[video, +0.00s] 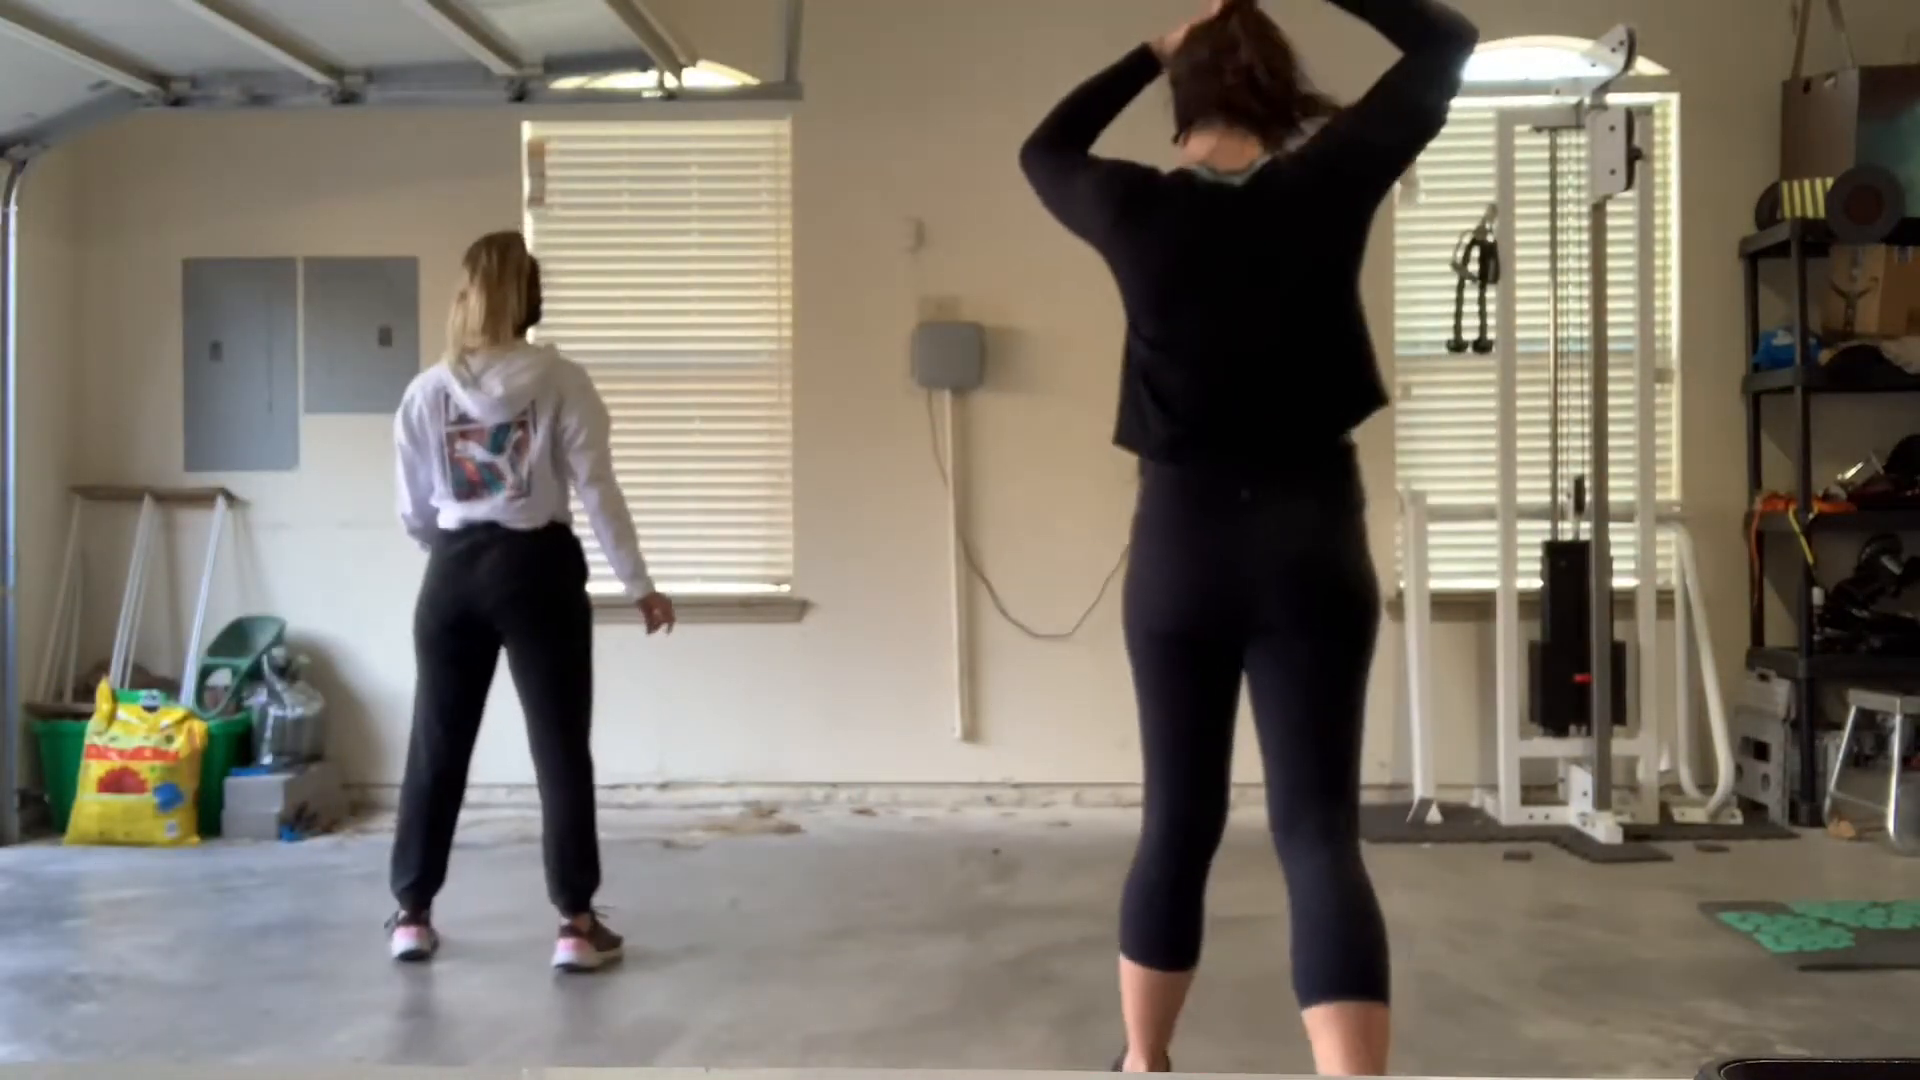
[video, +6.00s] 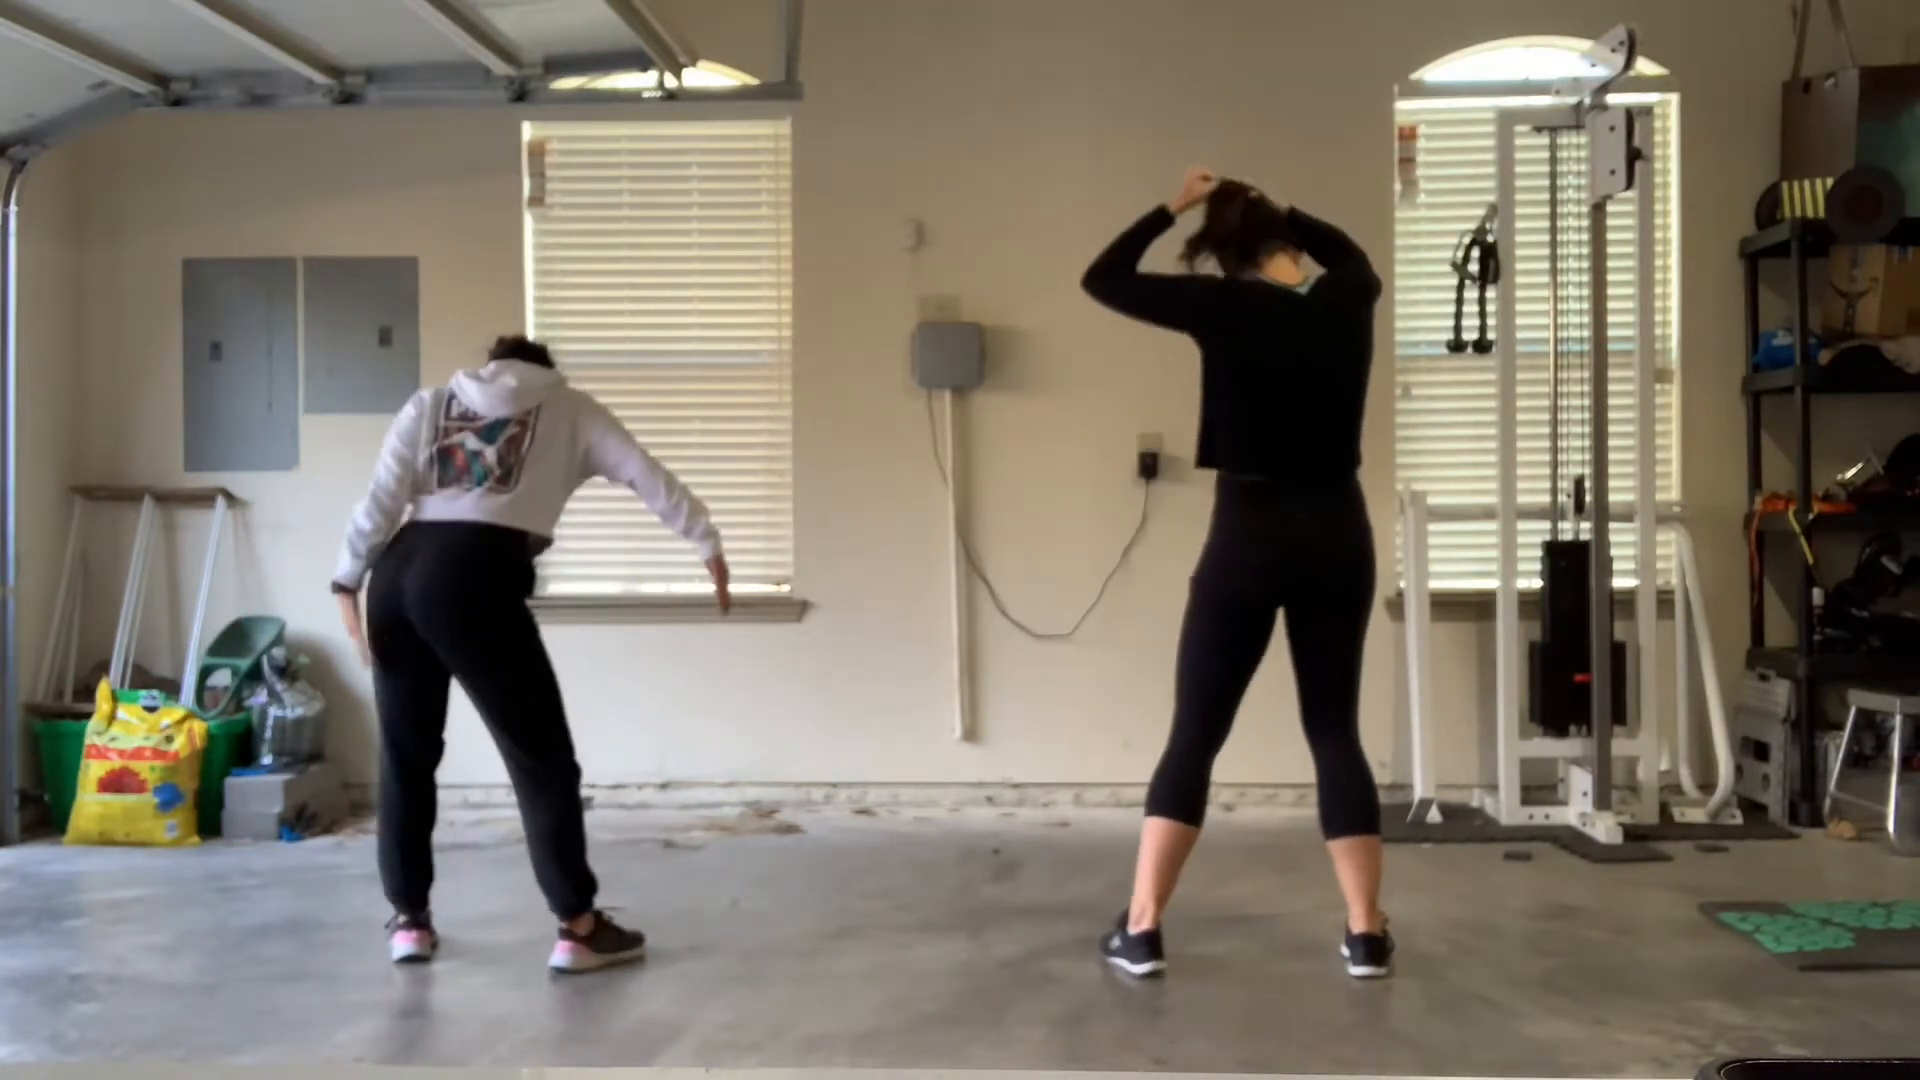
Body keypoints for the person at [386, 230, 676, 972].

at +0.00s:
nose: (538, 297)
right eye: (537, 286)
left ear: (464, 296)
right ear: (532, 296)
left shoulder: (426, 392)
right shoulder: (560, 379)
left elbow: (415, 512)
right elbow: (596, 489)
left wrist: (458, 550)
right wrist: (640, 583)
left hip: (452, 575)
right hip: (541, 572)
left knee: (436, 746)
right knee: (561, 749)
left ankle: (411, 918)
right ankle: (576, 924)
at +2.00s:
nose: (559, 313)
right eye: (558, 301)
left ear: (477, 299)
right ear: (548, 306)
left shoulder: (425, 385)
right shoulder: (570, 388)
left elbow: (378, 489)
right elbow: (601, 505)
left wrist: (361, 581)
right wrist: (594, 534)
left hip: (456, 578)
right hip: (548, 576)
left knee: (434, 747)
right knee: (568, 751)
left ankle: (411, 917)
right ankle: (582, 925)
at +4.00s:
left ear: (458, 366)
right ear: (525, 362)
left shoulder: (416, 410)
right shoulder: (555, 394)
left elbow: (333, 494)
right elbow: (614, 477)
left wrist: (253, 560)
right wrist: (644, 566)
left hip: (484, 580)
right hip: (574, 571)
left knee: (456, 750)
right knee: (587, 755)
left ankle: (414, 918)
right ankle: (585, 927)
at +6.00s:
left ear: (489, 367)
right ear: (549, 373)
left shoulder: (432, 401)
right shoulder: (572, 406)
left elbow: (387, 491)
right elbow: (642, 471)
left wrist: (347, 576)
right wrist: (709, 545)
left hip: (395, 583)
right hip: (479, 583)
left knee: (405, 760)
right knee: (543, 758)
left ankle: (408, 921)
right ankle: (579, 925)